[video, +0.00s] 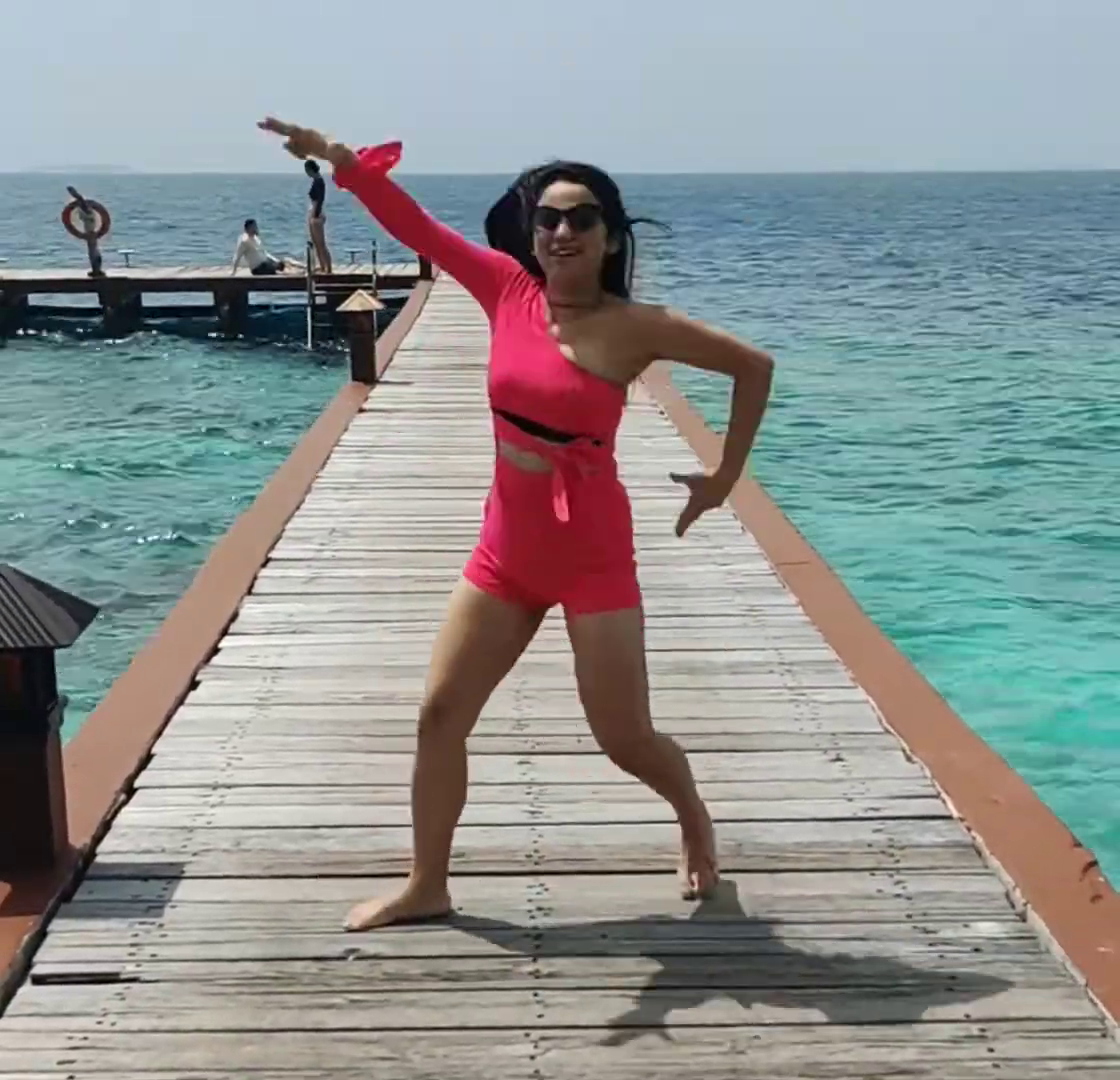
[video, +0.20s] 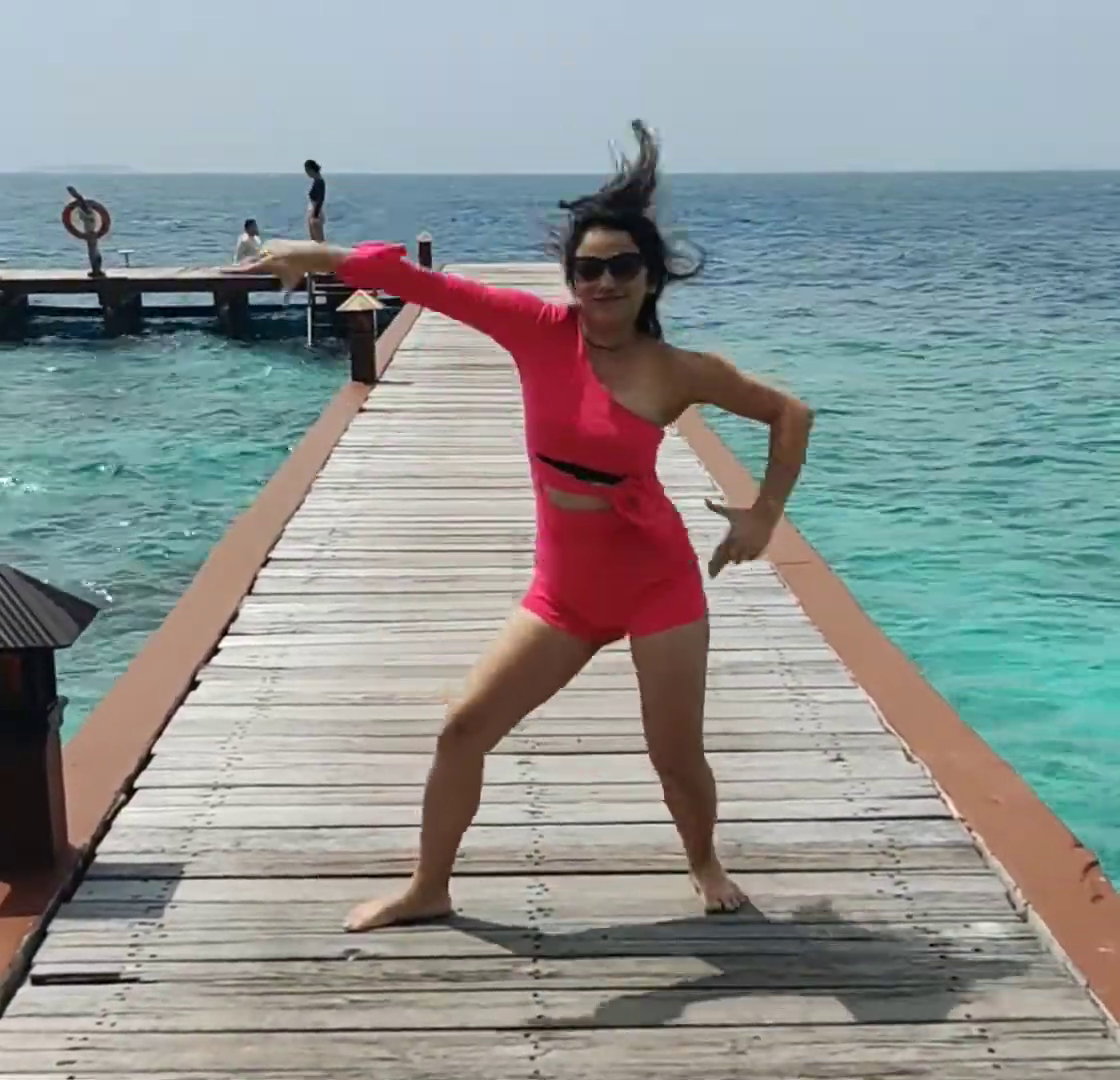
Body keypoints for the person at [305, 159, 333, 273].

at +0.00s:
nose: (307, 173)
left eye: (308, 170)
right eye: (307, 170)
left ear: (311, 170)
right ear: (314, 168)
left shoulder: (318, 181)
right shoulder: (316, 181)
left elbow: (319, 199)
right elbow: (316, 198)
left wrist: (316, 214)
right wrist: (313, 212)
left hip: (317, 214)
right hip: (312, 213)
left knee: (320, 243)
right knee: (316, 243)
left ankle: (327, 268)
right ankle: (322, 266)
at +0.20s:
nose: (307, 174)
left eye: (308, 171)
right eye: (306, 171)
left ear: (312, 170)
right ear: (312, 170)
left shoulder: (319, 182)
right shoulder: (315, 182)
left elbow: (319, 200)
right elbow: (315, 199)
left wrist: (315, 215)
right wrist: (312, 213)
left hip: (316, 213)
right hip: (312, 211)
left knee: (318, 239)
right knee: (313, 238)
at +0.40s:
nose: (306, 174)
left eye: (307, 171)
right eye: (305, 172)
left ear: (311, 170)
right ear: (313, 170)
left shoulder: (319, 182)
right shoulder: (316, 182)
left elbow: (320, 200)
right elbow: (316, 200)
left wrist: (316, 215)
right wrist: (312, 214)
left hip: (317, 214)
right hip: (312, 213)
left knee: (320, 243)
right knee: (316, 243)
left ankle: (328, 269)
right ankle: (322, 267)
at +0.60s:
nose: (306, 175)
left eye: (306, 172)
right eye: (305, 172)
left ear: (311, 170)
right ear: (313, 170)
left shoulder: (319, 182)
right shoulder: (316, 182)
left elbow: (319, 201)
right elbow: (315, 200)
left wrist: (316, 214)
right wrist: (308, 211)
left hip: (316, 213)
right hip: (312, 212)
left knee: (320, 243)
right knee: (315, 242)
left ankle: (328, 269)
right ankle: (322, 268)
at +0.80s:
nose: (306, 175)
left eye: (307, 172)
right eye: (305, 172)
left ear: (311, 170)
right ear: (312, 170)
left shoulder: (320, 181)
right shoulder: (317, 181)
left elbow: (320, 200)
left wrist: (316, 214)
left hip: (317, 211)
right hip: (312, 210)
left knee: (321, 242)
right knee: (316, 241)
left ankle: (329, 268)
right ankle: (323, 267)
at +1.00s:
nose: (306, 174)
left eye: (307, 171)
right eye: (305, 171)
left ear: (311, 170)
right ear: (312, 169)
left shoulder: (321, 181)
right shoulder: (316, 181)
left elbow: (330, 195)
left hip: (318, 211)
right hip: (312, 211)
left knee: (321, 241)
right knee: (316, 241)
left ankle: (329, 268)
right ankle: (324, 267)